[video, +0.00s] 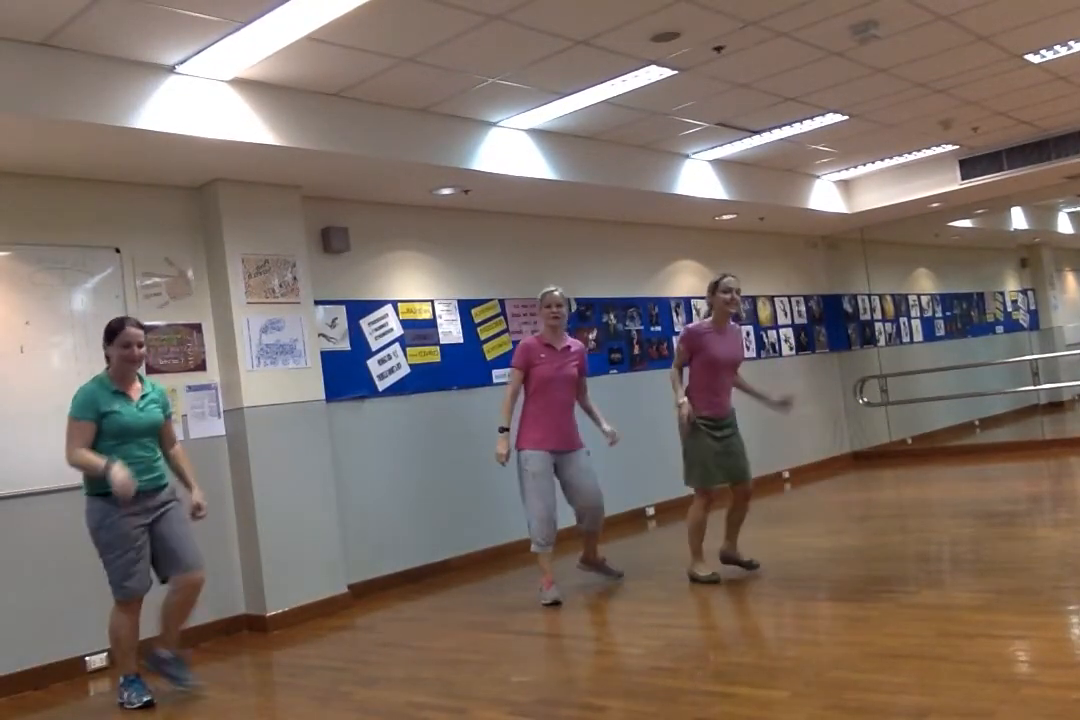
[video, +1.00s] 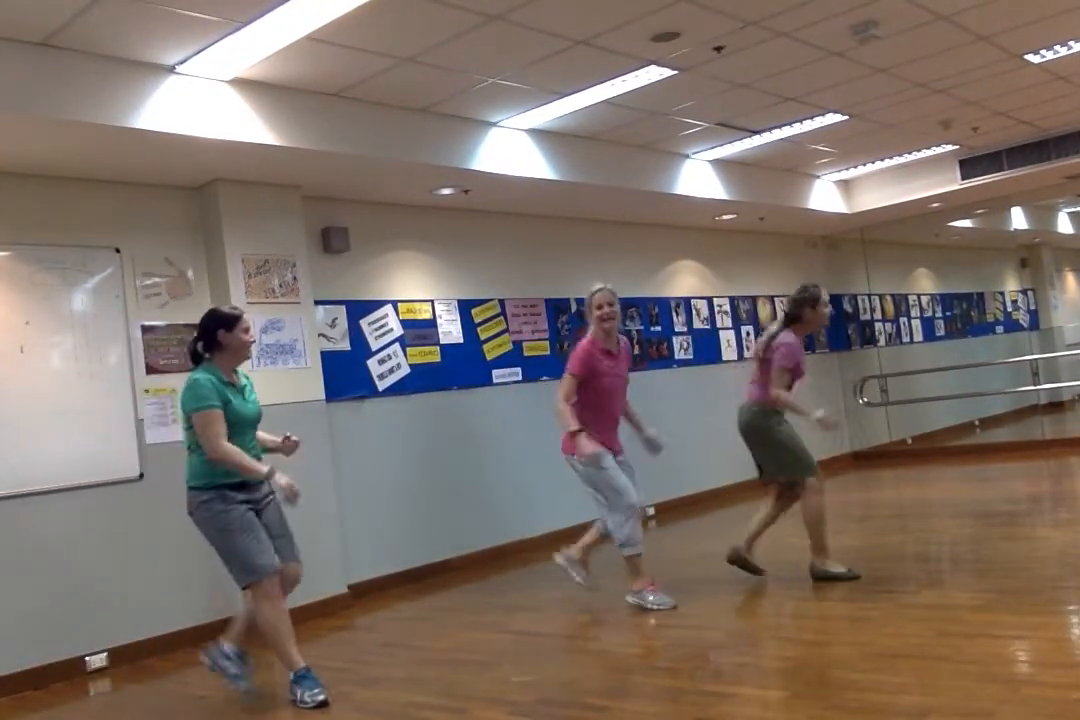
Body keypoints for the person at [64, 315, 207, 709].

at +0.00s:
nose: (135, 352)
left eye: (140, 345)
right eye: (127, 345)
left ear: (145, 348)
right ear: (108, 350)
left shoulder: (156, 393)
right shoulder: (91, 395)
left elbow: (171, 445)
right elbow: (76, 453)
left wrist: (193, 487)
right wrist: (110, 467)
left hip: (162, 500)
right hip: (115, 508)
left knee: (190, 577)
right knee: (130, 594)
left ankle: (165, 650)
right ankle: (129, 679)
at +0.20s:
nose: (163, 349)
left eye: (165, 342)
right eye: (154, 342)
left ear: (166, 347)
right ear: (129, 347)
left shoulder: (174, 391)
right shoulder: (111, 391)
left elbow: (190, 443)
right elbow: (103, 449)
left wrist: (223, 478)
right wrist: (140, 428)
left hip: (186, 499)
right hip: (137, 507)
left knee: (210, 581)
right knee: (137, 600)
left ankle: (242, 670)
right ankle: (129, 679)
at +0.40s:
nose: (199, 344)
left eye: (199, 337)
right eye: (190, 338)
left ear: (195, 343)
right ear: (164, 343)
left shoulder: (206, 387)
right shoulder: (141, 390)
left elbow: (224, 441)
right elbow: (135, 452)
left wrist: (254, 484)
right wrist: (173, 436)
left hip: (222, 495)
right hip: (174, 503)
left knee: (239, 584)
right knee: (188, 598)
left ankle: (245, 679)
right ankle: (150, 657)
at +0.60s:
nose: (220, 333)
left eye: (218, 326)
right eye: (211, 327)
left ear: (205, 334)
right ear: (186, 334)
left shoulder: (227, 377)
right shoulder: (162, 381)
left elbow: (245, 428)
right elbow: (161, 444)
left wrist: (269, 457)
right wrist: (207, 430)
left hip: (244, 484)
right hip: (198, 490)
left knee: (253, 577)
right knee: (237, 574)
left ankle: (250, 676)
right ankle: (253, 676)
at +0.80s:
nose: (240, 333)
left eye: (238, 327)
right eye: (232, 328)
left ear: (218, 334)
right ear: (208, 334)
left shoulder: (237, 375)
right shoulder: (186, 382)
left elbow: (243, 431)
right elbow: (195, 445)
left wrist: (272, 445)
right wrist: (252, 434)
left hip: (258, 485)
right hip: (215, 493)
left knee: (274, 578)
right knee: (262, 575)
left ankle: (247, 678)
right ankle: (299, 672)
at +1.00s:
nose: (252, 337)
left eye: (250, 331)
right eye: (244, 332)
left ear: (227, 339)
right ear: (220, 339)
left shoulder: (241, 380)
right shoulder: (201, 385)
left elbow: (245, 432)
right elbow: (215, 448)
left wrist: (275, 442)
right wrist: (270, 473)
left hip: (255, 487)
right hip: (216, 496)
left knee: (289, 572)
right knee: (264, 579)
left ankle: (228, 648)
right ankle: (299, 674)